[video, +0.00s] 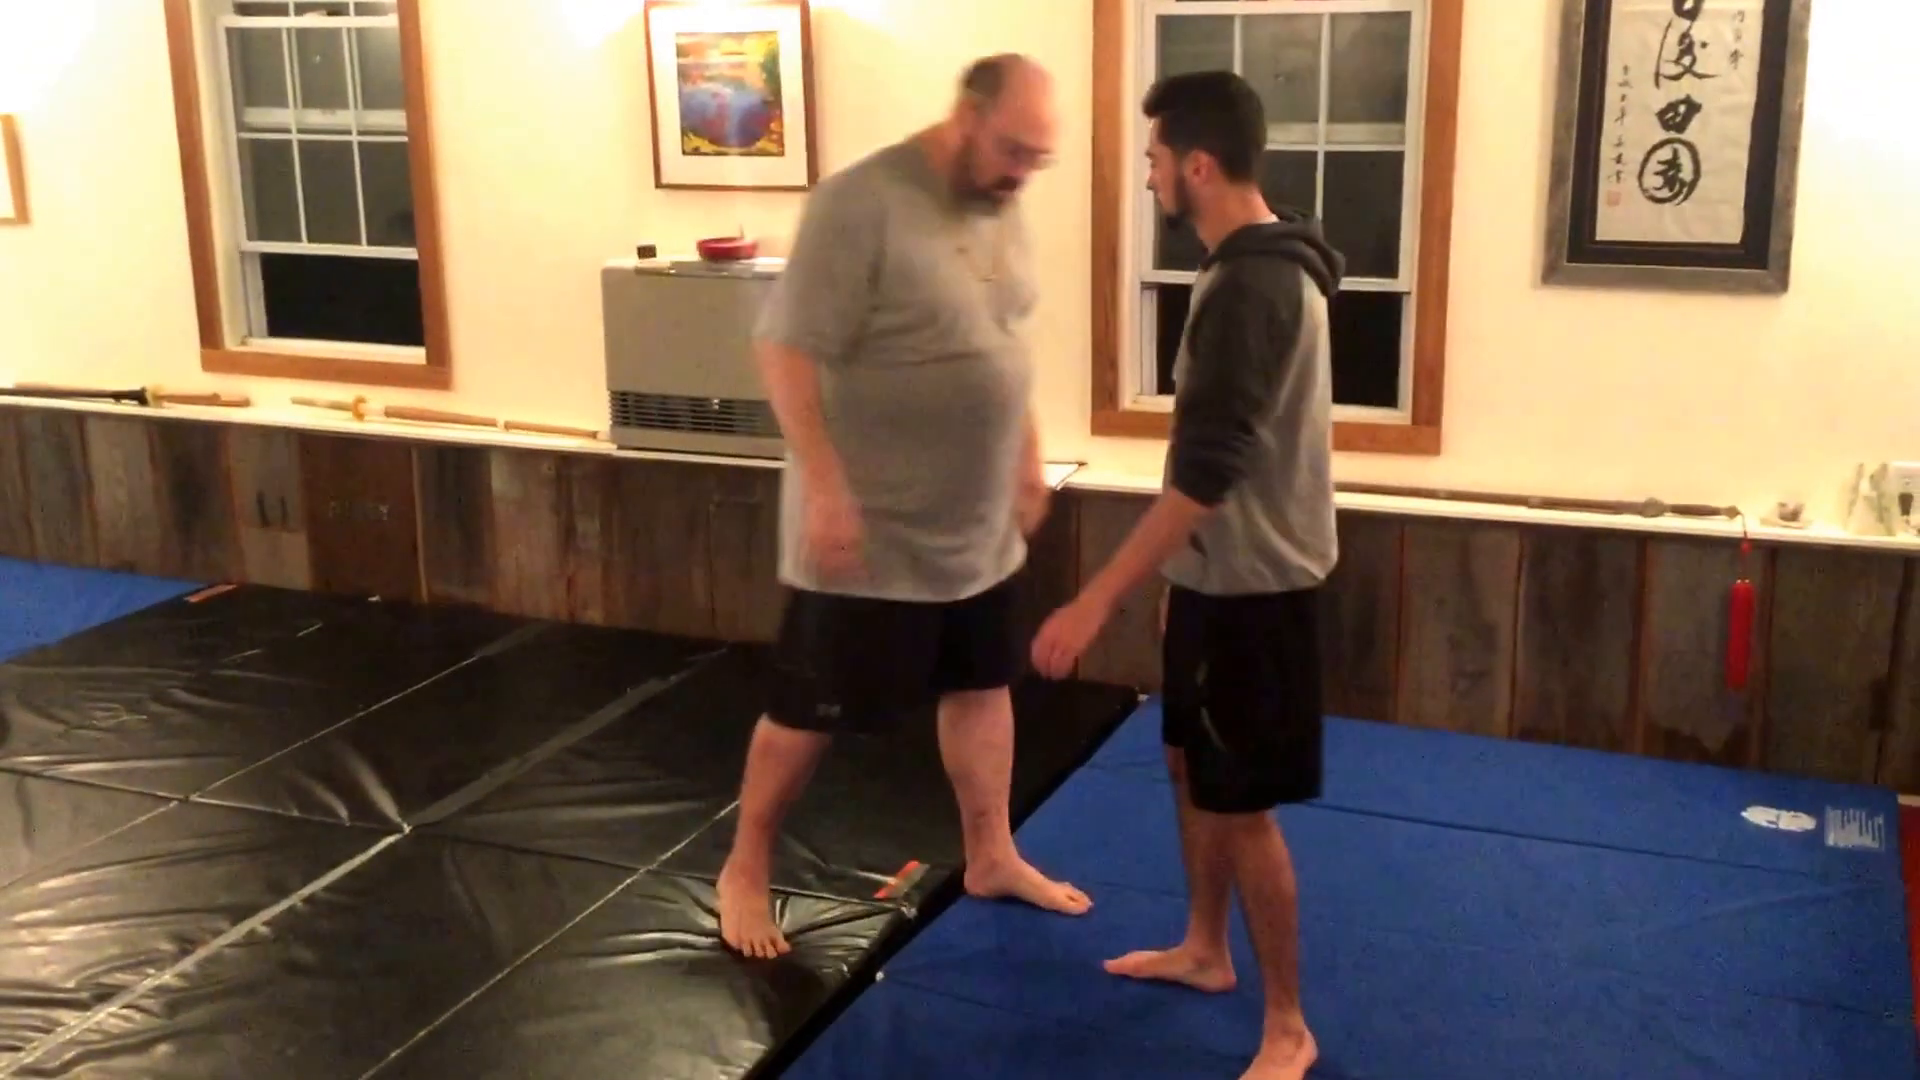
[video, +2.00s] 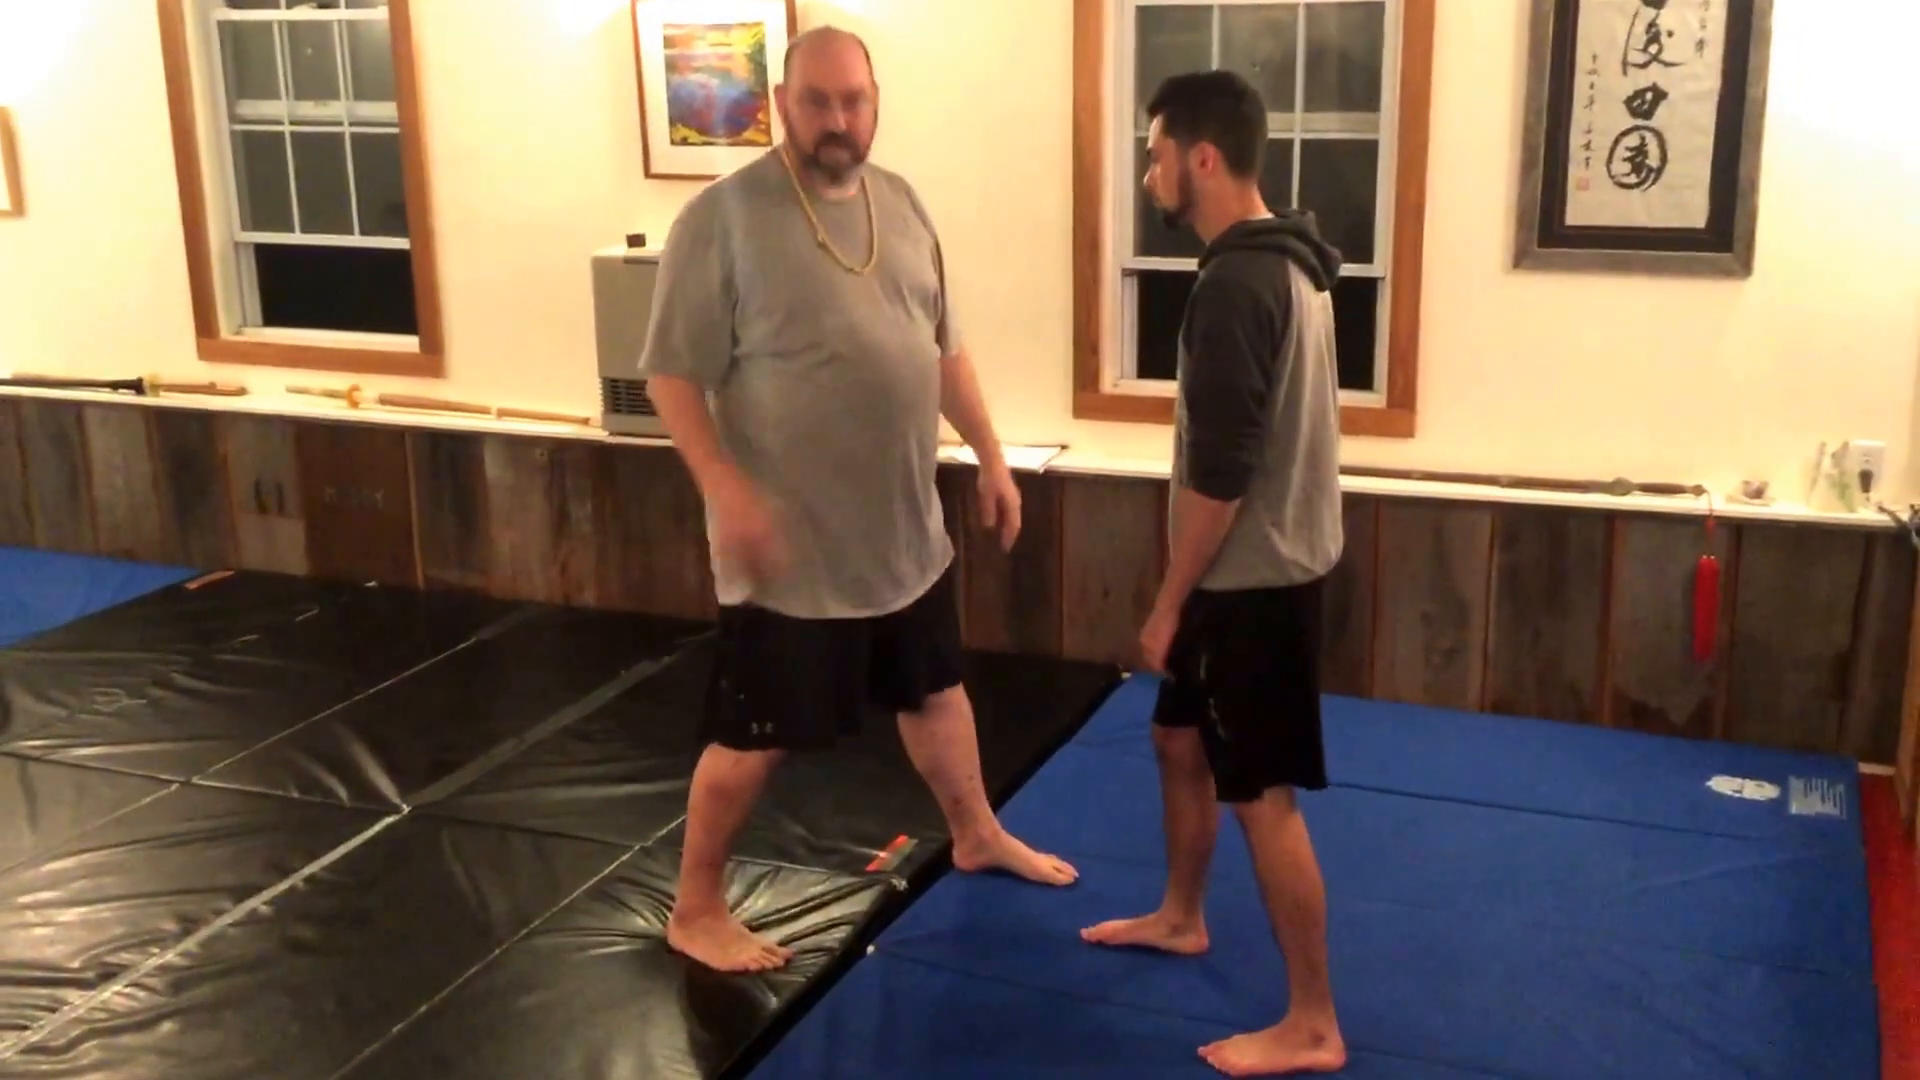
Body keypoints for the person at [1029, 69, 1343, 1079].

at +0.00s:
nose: (1151, 176)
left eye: (1159, 158)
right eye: (1152, 157)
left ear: (1201, 163)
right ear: (1226, 161)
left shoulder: (1249, 281)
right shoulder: (1274, 259)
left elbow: (1203, 479)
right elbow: (1253, 449)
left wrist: (1089, 606)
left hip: (1248, 581)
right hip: (1222, 573)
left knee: (1242, 803)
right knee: (1189, 756)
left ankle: (1288, 1028)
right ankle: (1204, 950)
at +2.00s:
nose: (1150, 171)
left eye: (1158, 151)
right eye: (1151, 151)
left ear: (1203, 157)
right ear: (1233, 156)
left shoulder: (1236, 282)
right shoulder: (1288, 255)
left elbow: (1223, 472)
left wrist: (1168, 605)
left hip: (1253, 574)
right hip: (1251, 560)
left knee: (1262, 795)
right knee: (1180, 740)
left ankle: (1312, 1024)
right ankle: (1181, 914)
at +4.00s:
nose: (1142, 158)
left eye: (1154, 141)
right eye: (1146, 139)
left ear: (1203, 155)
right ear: (1225, 155)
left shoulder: (1223, 278)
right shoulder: (1270, 253)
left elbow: (1215, 471)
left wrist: (1151, 602)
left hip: (1244, 566)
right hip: (1235, 553)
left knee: (1269, 787)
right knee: (1177, 733)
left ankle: (1309, 1013)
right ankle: (1177, 905)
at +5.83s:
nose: (1142, 174)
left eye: (1146, 155)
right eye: (1143, 155)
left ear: (1179, 157)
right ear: (1229, 152)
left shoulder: (1215, 282)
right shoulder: (1278, 254)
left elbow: (1214, 476)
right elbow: (1219, 405)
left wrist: (1123, 570)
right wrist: (1131, 463)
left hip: (1231, 567)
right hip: (1225, 551)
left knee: (1252, 782)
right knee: (1168, 728)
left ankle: (1306, 1011)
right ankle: (1175, 903)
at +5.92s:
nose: (1141, 175)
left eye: (1146, 154)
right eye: (1143, 155)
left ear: (1183, 157)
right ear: (1225, 153)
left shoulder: (1213, 284)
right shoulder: (1281, 257)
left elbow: (1202, 477)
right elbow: (1228, 386)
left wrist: (1099, 534)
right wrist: (1124, 420)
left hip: (1231, 568)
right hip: (1241, 550)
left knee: (1252, 781)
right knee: (1168, 728)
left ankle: (1305, 1011)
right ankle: (1173, 903)